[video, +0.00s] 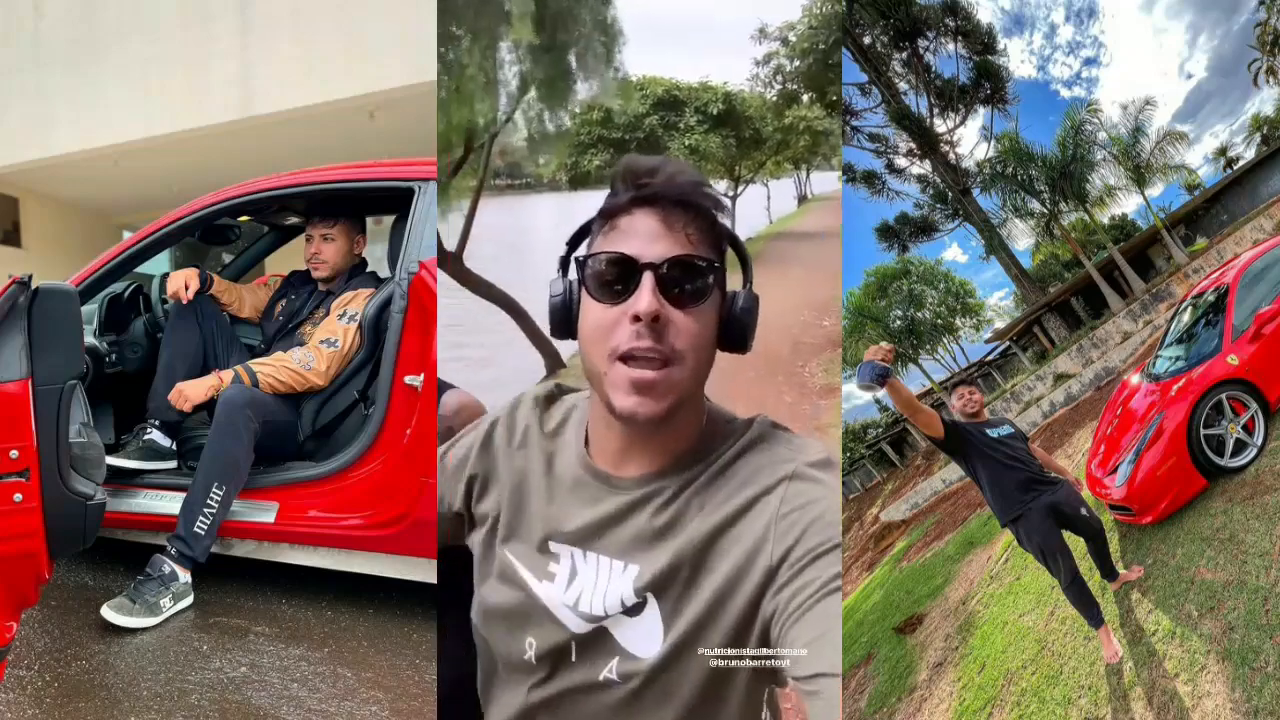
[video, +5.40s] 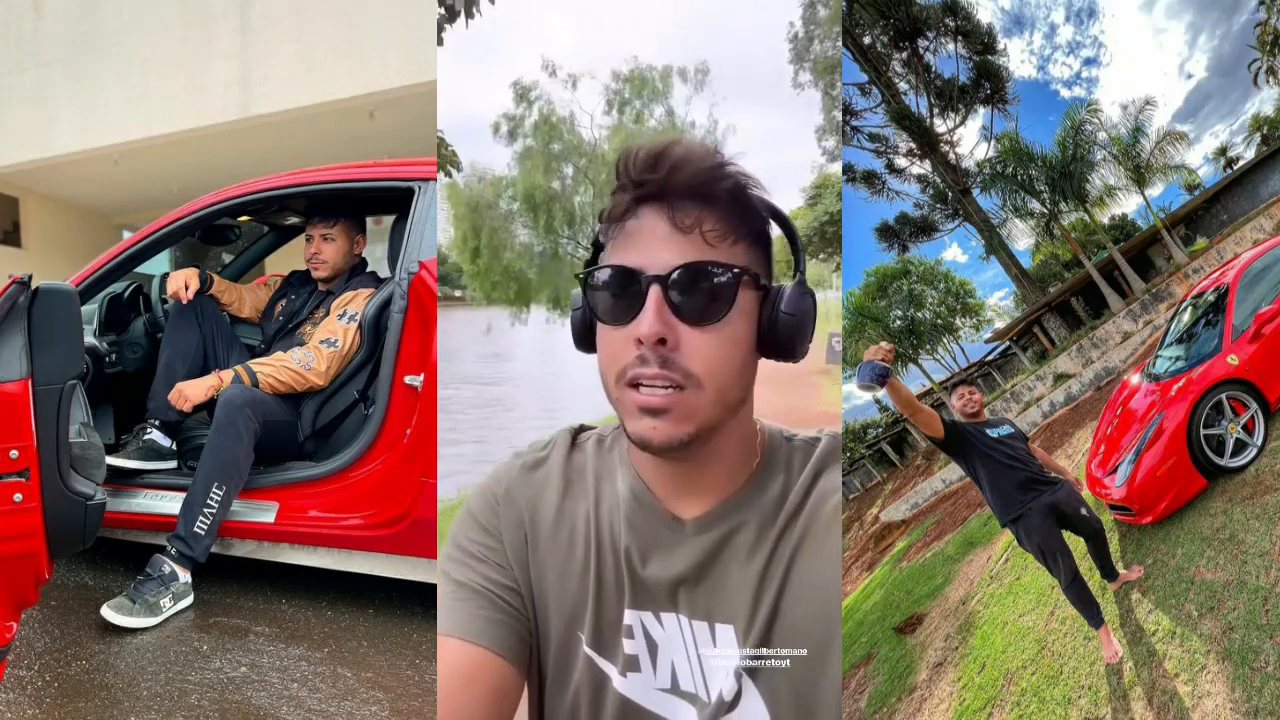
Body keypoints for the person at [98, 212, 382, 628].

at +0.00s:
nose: (314, 249)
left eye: (328, 239)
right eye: (310, 239)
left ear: (359, 245)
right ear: (304, 243)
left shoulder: (361, 297)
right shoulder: (291, 286)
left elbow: (315, 366)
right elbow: (242, 299)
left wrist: (219, 380)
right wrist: (201, 278)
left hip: (315, 410)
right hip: (265, 388)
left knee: (239, 402)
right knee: (196, 302)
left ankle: (177, 567)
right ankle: (161, 433)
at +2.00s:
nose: (314, 250)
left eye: (328, 239)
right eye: (310, 239)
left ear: (358, 245)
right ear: (304, 244)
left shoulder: (362, 297)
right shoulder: (292, 286)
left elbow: (315, 366)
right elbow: (242, 299)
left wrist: (219, 380)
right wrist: (202, 278)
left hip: (316, 410)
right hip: (266, 389)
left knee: (239, 402)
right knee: (196, 303)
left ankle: (177, 568)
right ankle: (161, 433)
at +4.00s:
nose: (314, 250)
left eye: (328, 239)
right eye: (310, 239)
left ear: (358, 245)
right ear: (304, 244)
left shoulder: (362, 297)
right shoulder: (292, 286)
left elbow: (315, 366)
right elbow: (242, 299)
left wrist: (219, 380)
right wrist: (202, 278)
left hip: (317, 410)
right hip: (266, 389)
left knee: (239, 402)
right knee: (196, 303)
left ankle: (177, 568)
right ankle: (161, 433)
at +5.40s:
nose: (314, 250)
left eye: (328, 239)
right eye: (310, 239)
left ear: (358, 245)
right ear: (304, 243)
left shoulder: (361, 297)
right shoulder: (291, 286)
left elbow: (315, 366)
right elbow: (243, 299)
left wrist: (219, 380)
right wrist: (201, 278)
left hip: (317, 411)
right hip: (266, 390)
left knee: (239, 402)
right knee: (196, 303)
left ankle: (177, 568)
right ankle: (161, 433)